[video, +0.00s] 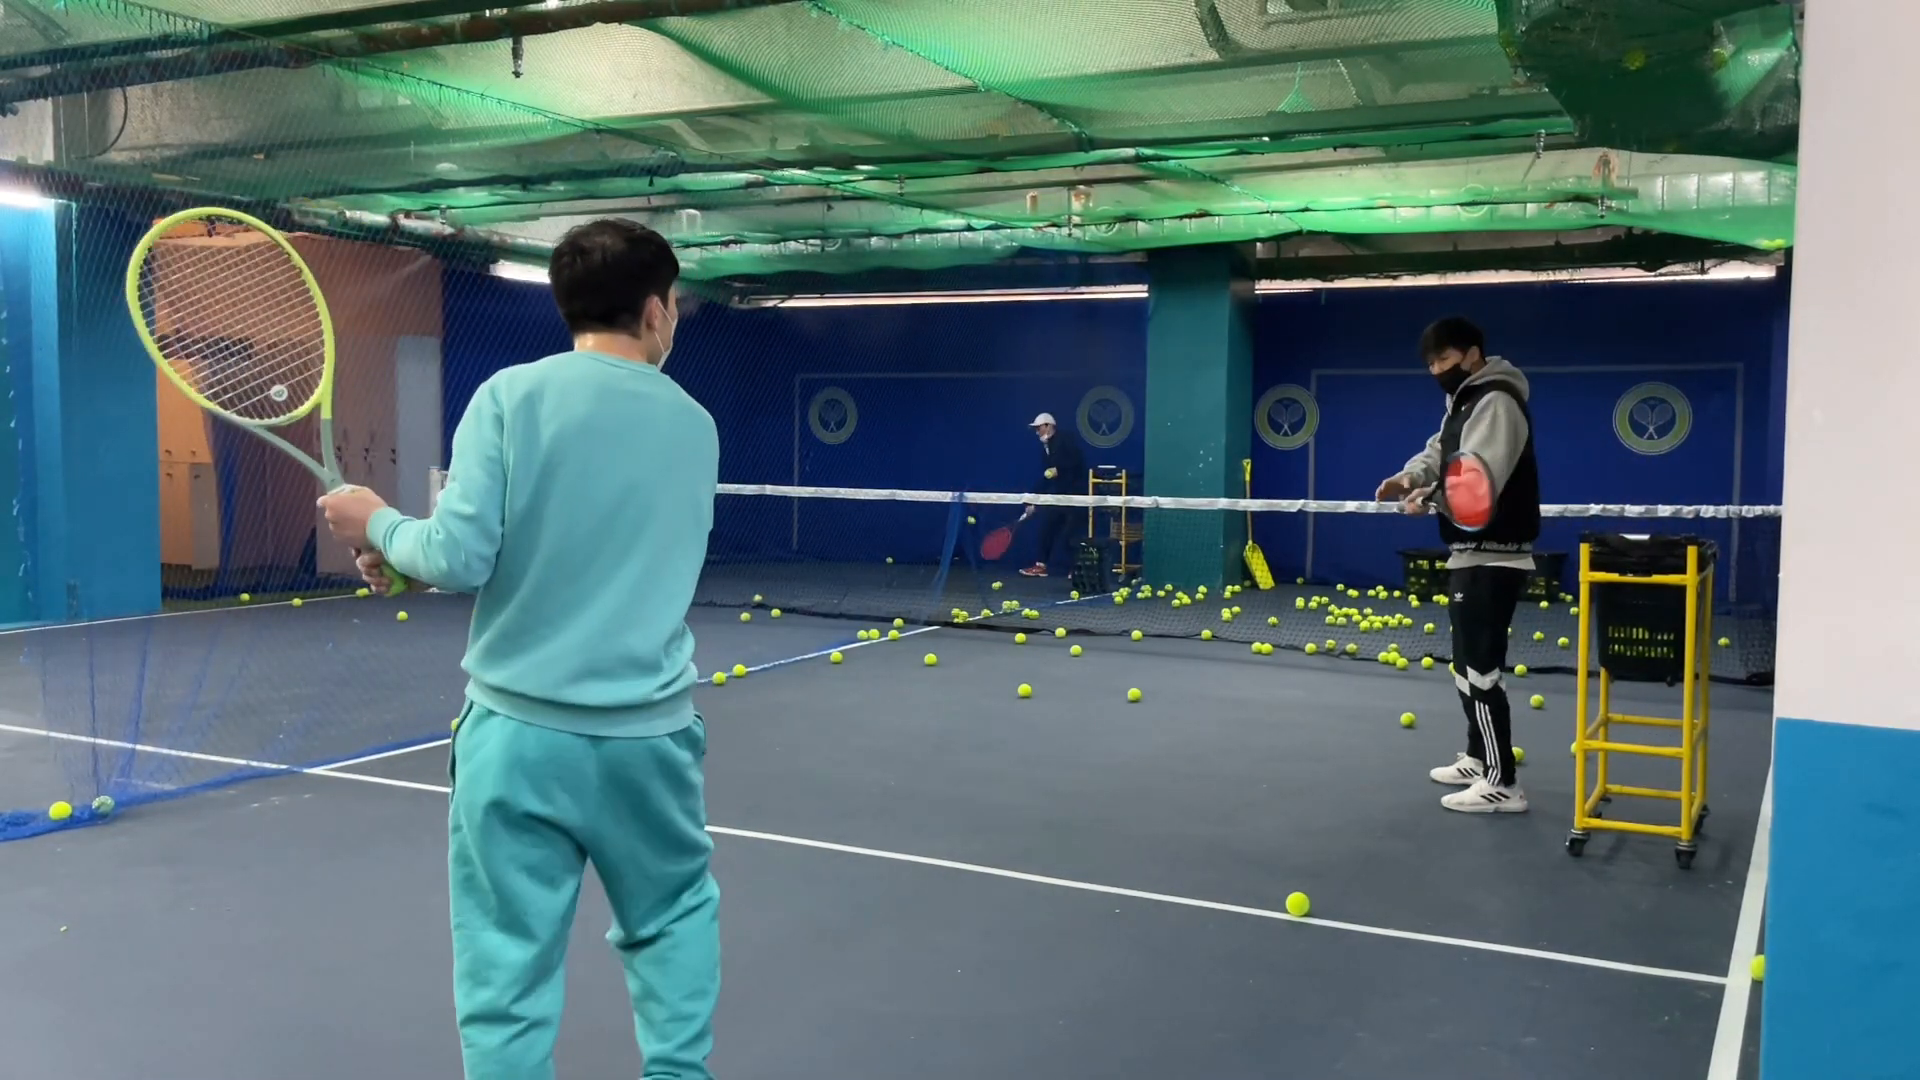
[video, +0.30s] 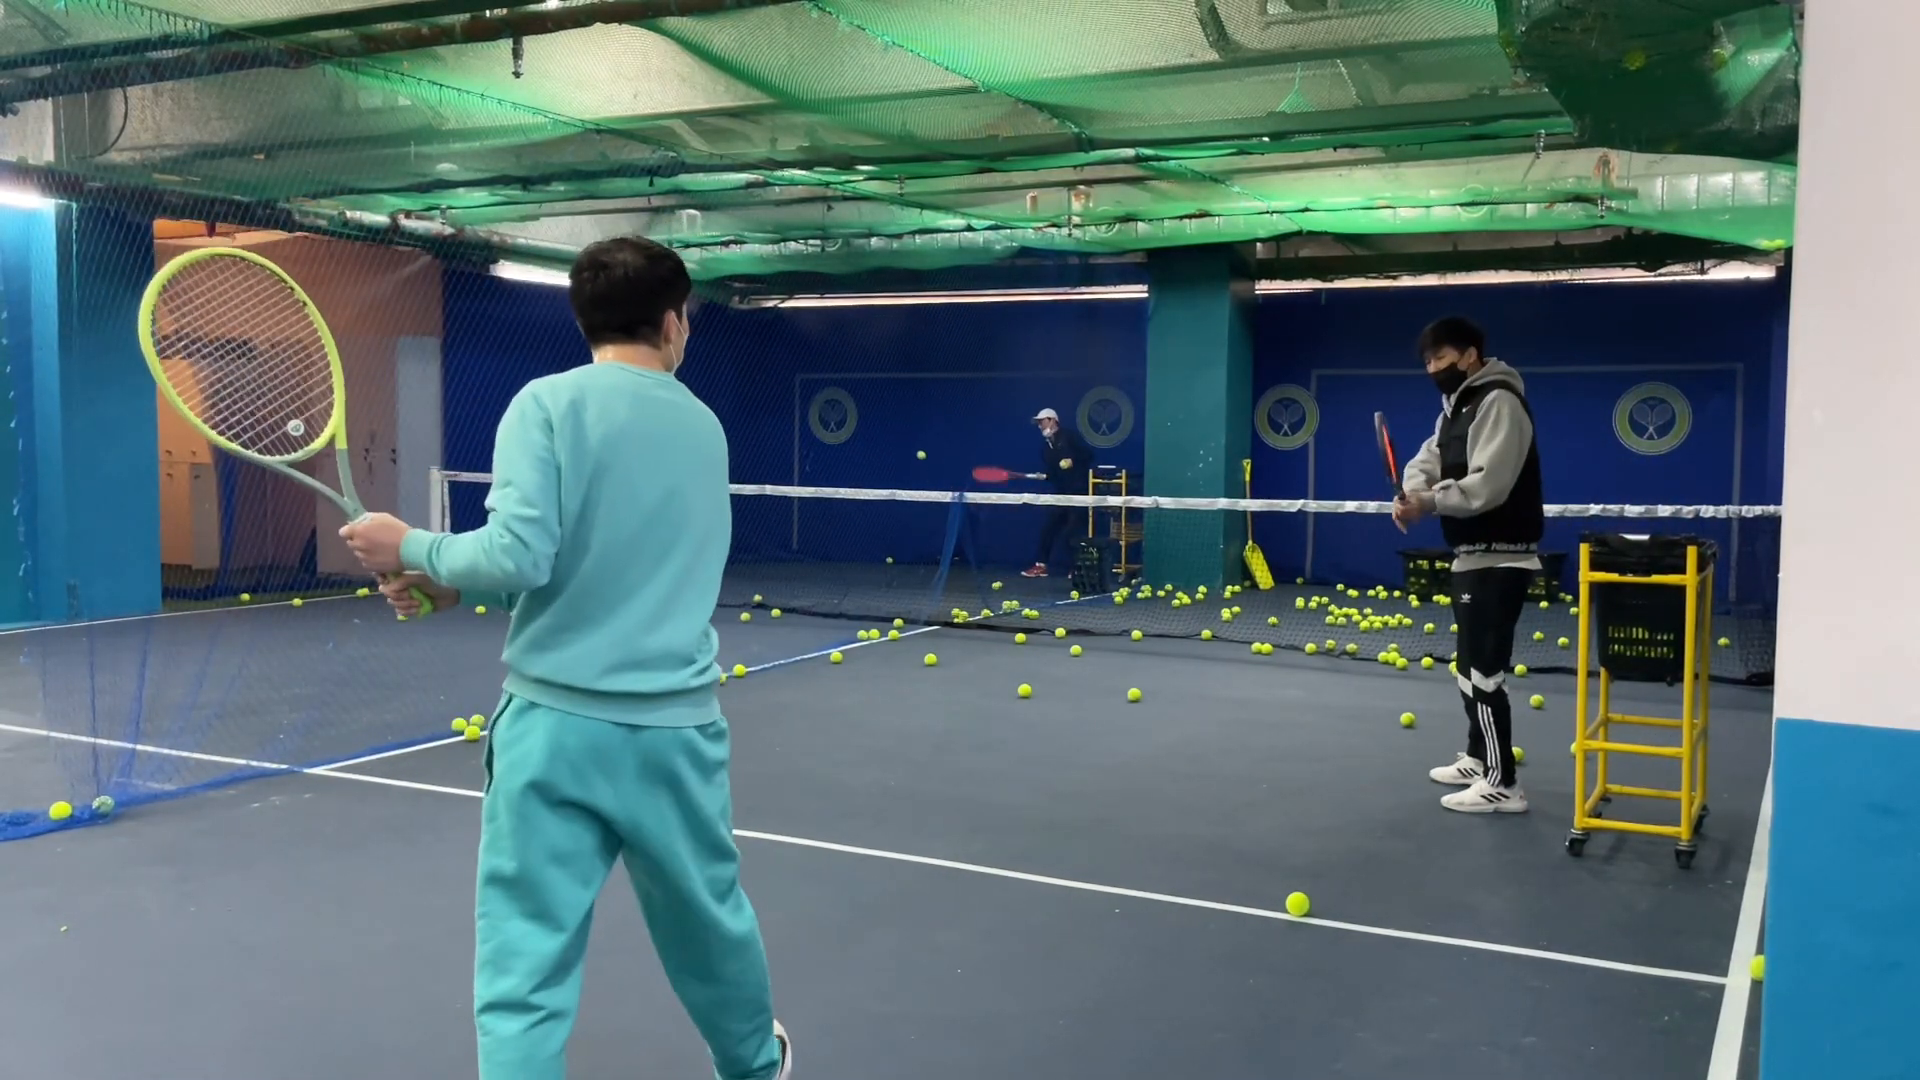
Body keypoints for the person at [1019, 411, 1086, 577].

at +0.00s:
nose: (1037, 432)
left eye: (1039, 428)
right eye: (1036, 429)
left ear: (1049, 426)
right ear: (1043, 428)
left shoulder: (1064, 439)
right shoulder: (1046, 447)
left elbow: (1074, 461)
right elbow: (1044, 477)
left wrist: (1058, 470)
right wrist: (1033, 500)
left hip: (1074, 491)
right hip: (1058, 491)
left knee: (1072, 529)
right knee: (1047, 526)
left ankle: (1075, 567)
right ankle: (1041, 564)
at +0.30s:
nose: (1039, 426)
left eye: (1042, 422)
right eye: (1038, 422)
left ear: (1052, 421)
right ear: (1043, 423)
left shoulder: (1068, 436)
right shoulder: (1045, 445)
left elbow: (1087, 454)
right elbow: (1052, 471)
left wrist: (1073, 461)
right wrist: (1043, 474)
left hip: (1078, 489)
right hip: (1060, 490)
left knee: (1075, 529)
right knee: (1050, 525)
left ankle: (1077, 568)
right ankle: (1041, 564)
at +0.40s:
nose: (1042, 421)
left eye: (1045, 417)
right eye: (1041, 418)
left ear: (1055, 417)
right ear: (1043, 420)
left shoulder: (1071, 433)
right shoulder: (1046, 442)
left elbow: (1088, 453)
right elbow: (1051, 469)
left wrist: (1075, 459)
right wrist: (1044, 469)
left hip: (1078, 487)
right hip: (1059, 487)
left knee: (1075, 528)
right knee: (1050, 525)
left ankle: (1078, 568)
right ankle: (1041, 564)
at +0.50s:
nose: (1045, 417)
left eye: (1048, 413)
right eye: (1044, 414)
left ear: (1058, 414)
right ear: (1044, 416)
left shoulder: (1072, 432)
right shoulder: (1044, 439)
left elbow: (1090, 454)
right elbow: (1045, 468)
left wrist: (1080, 458)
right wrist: (1040, 465)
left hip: (1077, 485)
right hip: (1057, 486)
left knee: (1075, 526)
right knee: (1049, 524)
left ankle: (1077, 567)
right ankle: (1041, 564)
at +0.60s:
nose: (1047, 414)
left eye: (1051, 410)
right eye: (1045, 411)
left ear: (1060, 413)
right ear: (1044, 414)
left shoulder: (1074, 432)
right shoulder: (1043, 437)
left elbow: (1089, 454)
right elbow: (1040, 464)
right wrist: (1037, 464)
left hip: (1077, 485)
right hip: (1056, 486)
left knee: (1076, 526)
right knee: (1049, 524)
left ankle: (1079, 567)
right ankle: (1041, 564)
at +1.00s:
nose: (1061, 413)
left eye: (1065, 409)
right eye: (1059, 409)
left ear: (1072, 413)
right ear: (1055, 411)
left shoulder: (1081, 435)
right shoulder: (1047, 435)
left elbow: (1093, 462)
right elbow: (1041, 462)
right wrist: (1036, 485)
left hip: (1075, 489)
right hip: (1052, 487)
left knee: (1074, 528)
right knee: (1047, 526)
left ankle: (1077, 567)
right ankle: (1041, 564)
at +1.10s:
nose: (1062, 413)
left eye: (1066, 410)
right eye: (1060, 409)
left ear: (1073, 413)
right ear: (1056, 411)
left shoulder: (1081, 435)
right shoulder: (1048, 434)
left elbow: (1094, 461)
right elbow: (1042, 462)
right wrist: (1037, 485)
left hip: (1075, 489)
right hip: (1052, 487)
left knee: (1074, 528)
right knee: (1047, 526)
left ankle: (1078, 568)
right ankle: (1041, 564)